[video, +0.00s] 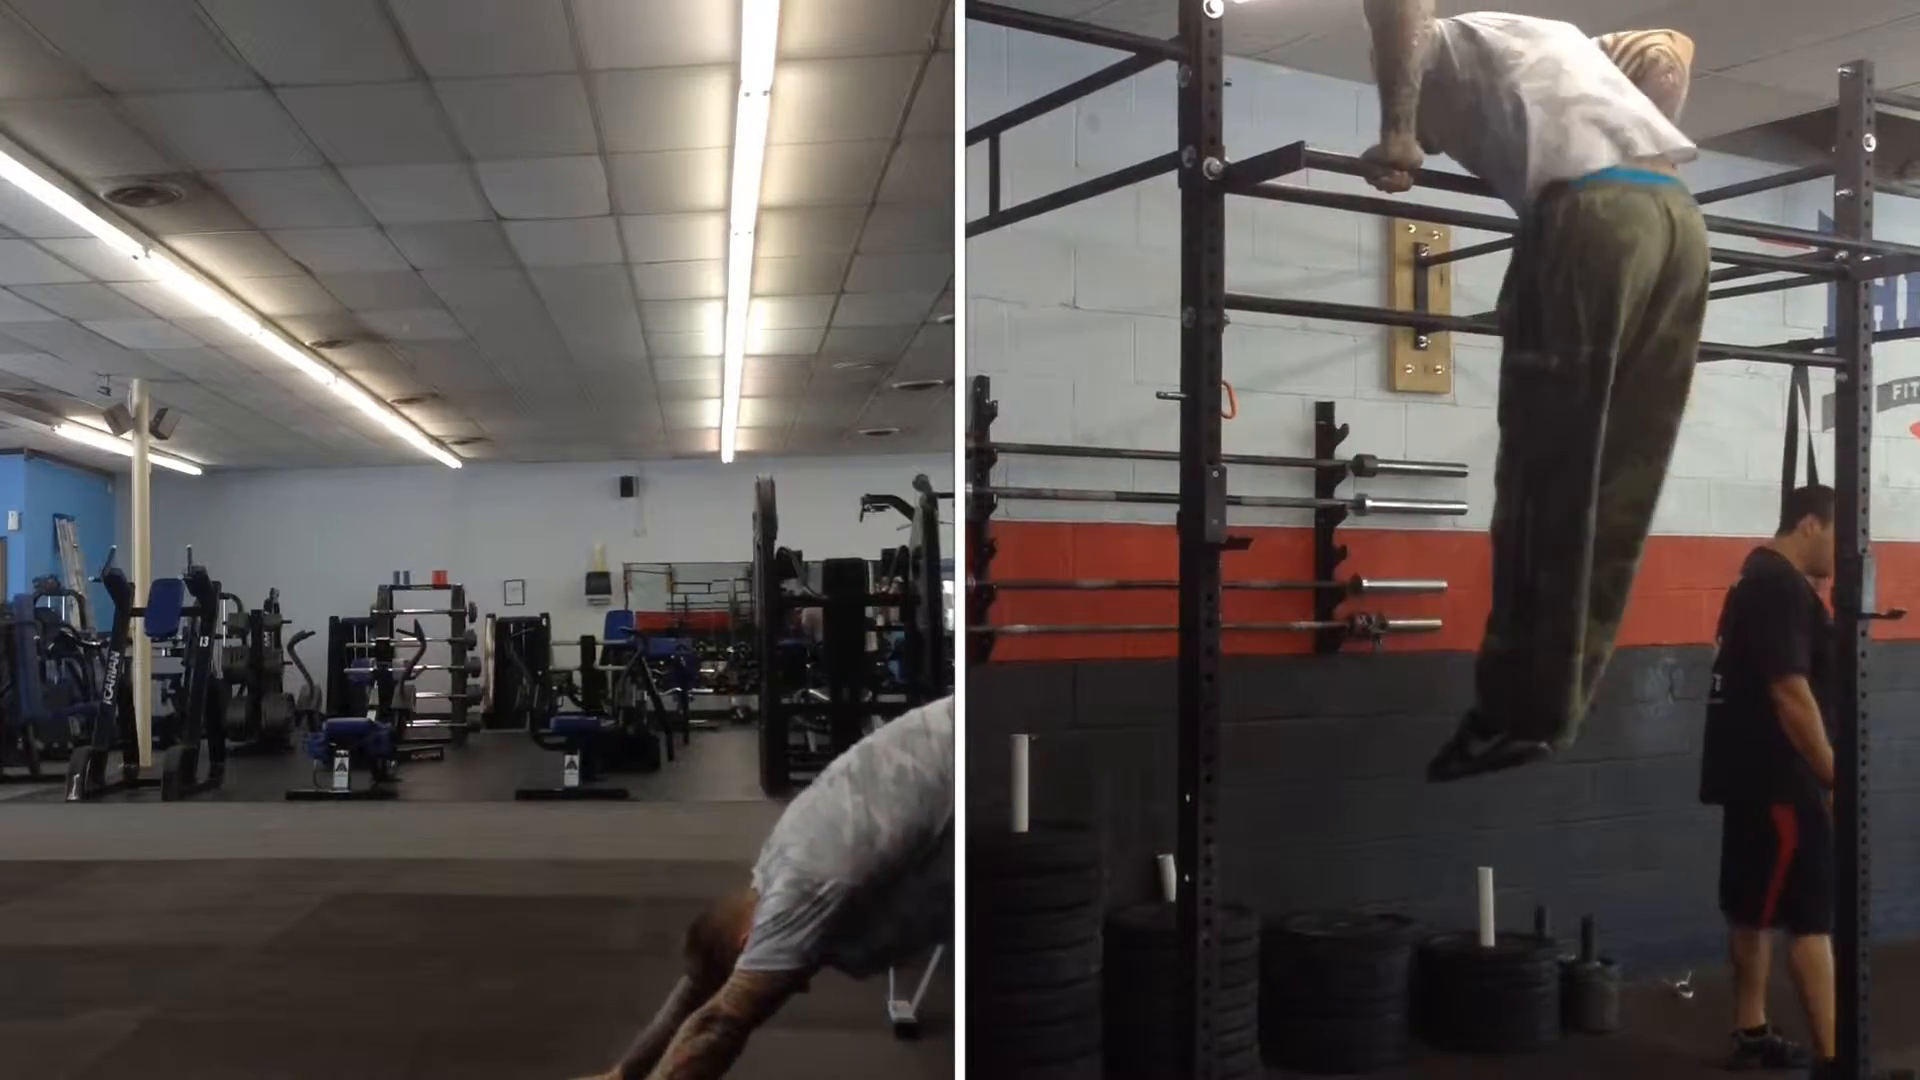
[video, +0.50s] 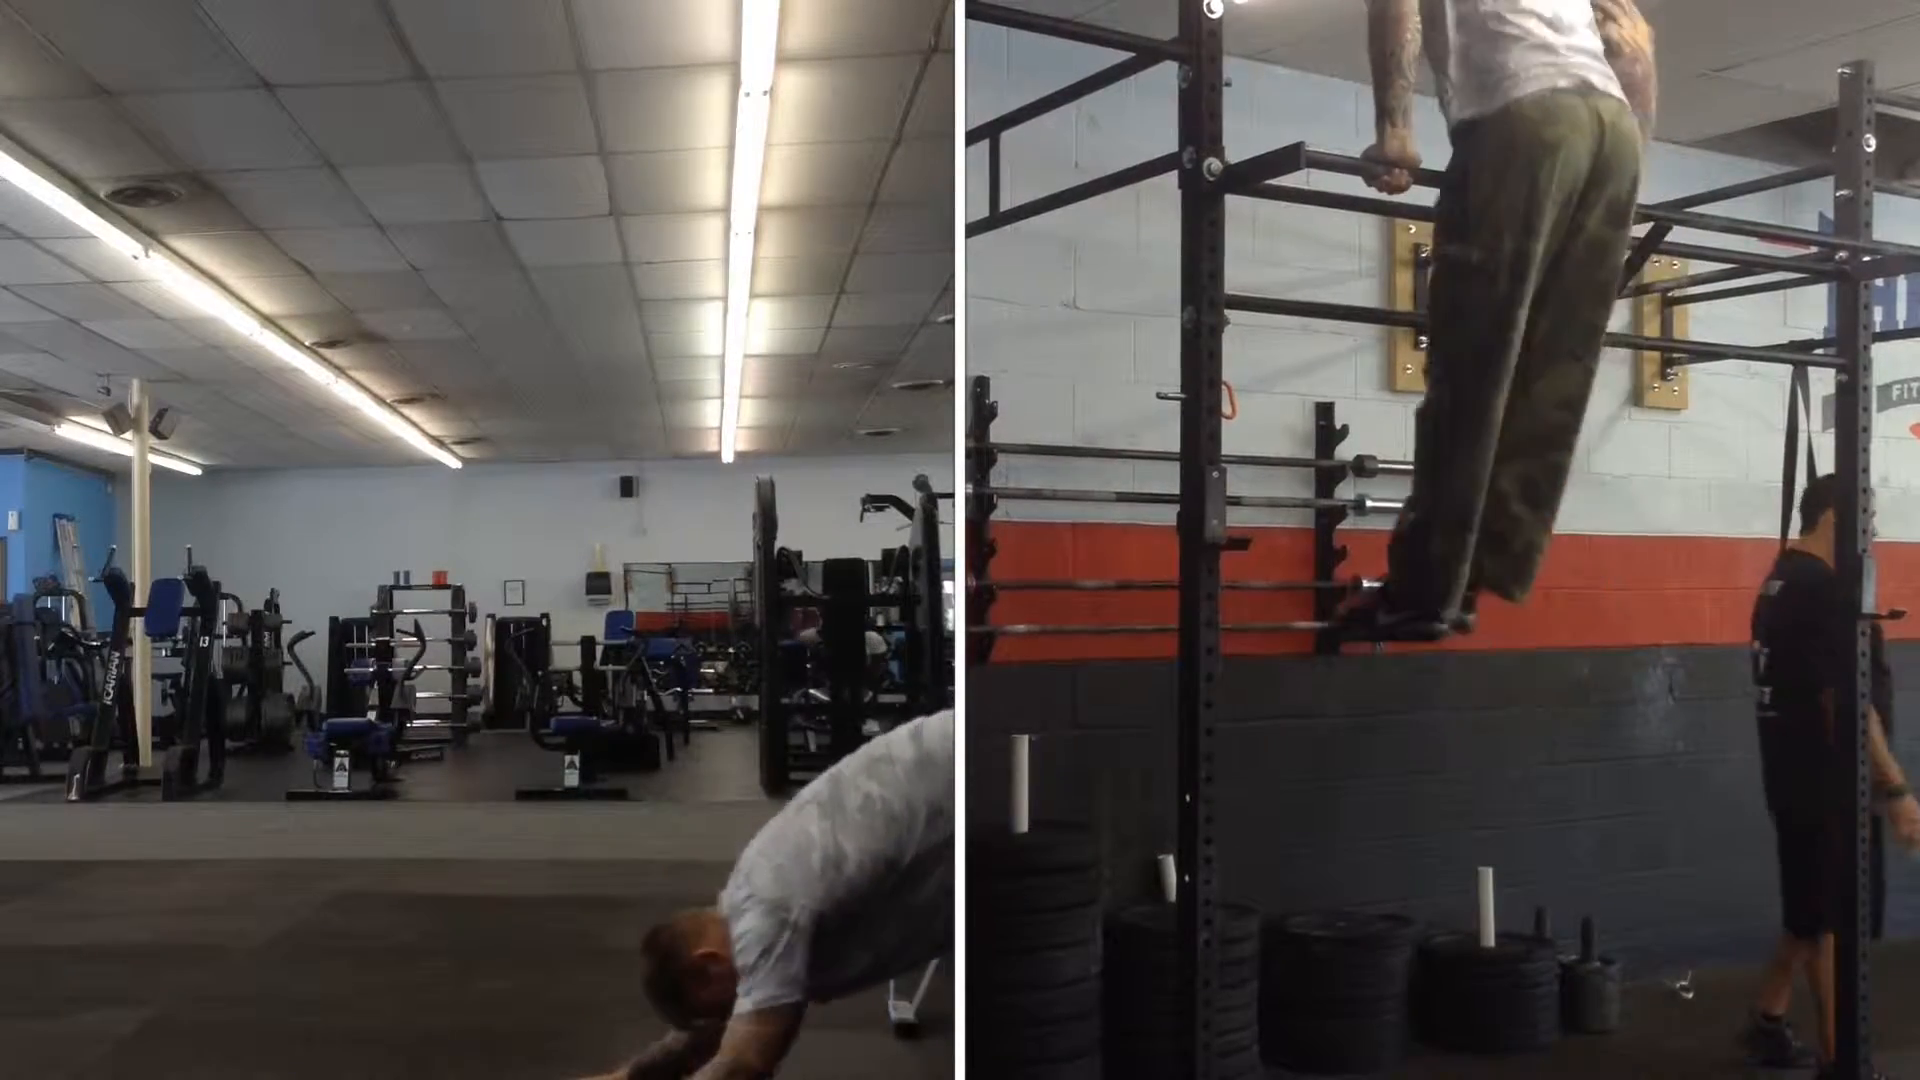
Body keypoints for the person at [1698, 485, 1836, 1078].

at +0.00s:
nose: (1841, 553)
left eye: (1843, 540)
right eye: (1839, 538)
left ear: (1802, 526)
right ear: (1810, 526)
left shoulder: (1760, 581)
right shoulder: (1781, 585)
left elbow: (1772, 690)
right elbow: (1786, 693)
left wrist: (1820, 769)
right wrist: (1835, 773)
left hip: (1750, 774)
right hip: (1784, 777)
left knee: (1749, 910)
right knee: (1811, 920)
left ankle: (1752, 1032)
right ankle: (1832, 1051)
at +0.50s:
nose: (1866, 535)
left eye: (1866, 522)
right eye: (1862, 522)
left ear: (1814, 514)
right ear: (1835, 517)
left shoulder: (1784, 577)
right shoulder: (1825, 586)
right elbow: (1849, 700)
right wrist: (1895, 787)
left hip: (1791, 771)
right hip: (1827, 778)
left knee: (1807, 910)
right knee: (1834, 919)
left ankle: (1769, 1017)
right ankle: (1840, 1054)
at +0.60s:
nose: (1877, 531)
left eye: (1877, 518)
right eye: (1871, 517)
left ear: (1821, 513)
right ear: (1841, 515)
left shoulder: (1785, 581)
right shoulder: (1829, 587)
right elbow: (1860, 696)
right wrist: (1911, 781)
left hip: (1799, 777)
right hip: (1836, 783)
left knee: (1824, 913)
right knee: (1841, 924)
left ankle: (1785, 1005)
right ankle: (1844, 1054)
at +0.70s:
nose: (1883, 530)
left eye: (1883, 517)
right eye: (1876, 517)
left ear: (1827, 513)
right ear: (1844, 515)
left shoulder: (1790, 581)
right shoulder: (1839, 588)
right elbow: (1869, 702)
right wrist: (1915, 773)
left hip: (1802, 781)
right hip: (1840, 788)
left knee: (1830, 915)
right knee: (1844, 925)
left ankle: (1819, 1026)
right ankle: (1841, 1054)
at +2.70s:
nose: (1916, 524)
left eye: (1912, 511)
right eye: (1919, 512)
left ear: (1904, 515)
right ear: (1917, 517)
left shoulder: (1876, 577)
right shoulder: (1891, 577)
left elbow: (1845, 658)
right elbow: (1849, 660)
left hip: (1885, 767)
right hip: (1901, 770)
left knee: (1900, 914)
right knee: (1902, 915)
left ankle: (1883, 1029)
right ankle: (1883, 1031)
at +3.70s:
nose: (1892, 523)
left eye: (1887, 512)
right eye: (1888, 513)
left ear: (1826, 519)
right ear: (1876, 517)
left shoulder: (1790, 588)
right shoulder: (1902, 592)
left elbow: (1766, 665)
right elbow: (1907, 688)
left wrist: (1798, 727)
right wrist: (1898, 737)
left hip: (1814, 776)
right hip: (1894, 779)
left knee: (1813, 924)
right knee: (1904, 934)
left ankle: (1804, 1053)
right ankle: (1915, 1058)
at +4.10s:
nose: (1850, 525)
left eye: (1844, 513)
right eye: (1845, 514)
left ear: (1784, 519)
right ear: (1827, 515)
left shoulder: (1750, 587)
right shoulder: (1858, 581)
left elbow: (1735, 658)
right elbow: (1908, 681)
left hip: (1781, 780)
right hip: (1859, 783)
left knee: (1795, 922)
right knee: (1885, 919)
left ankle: (1803, 1054)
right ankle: (1890, 1057)